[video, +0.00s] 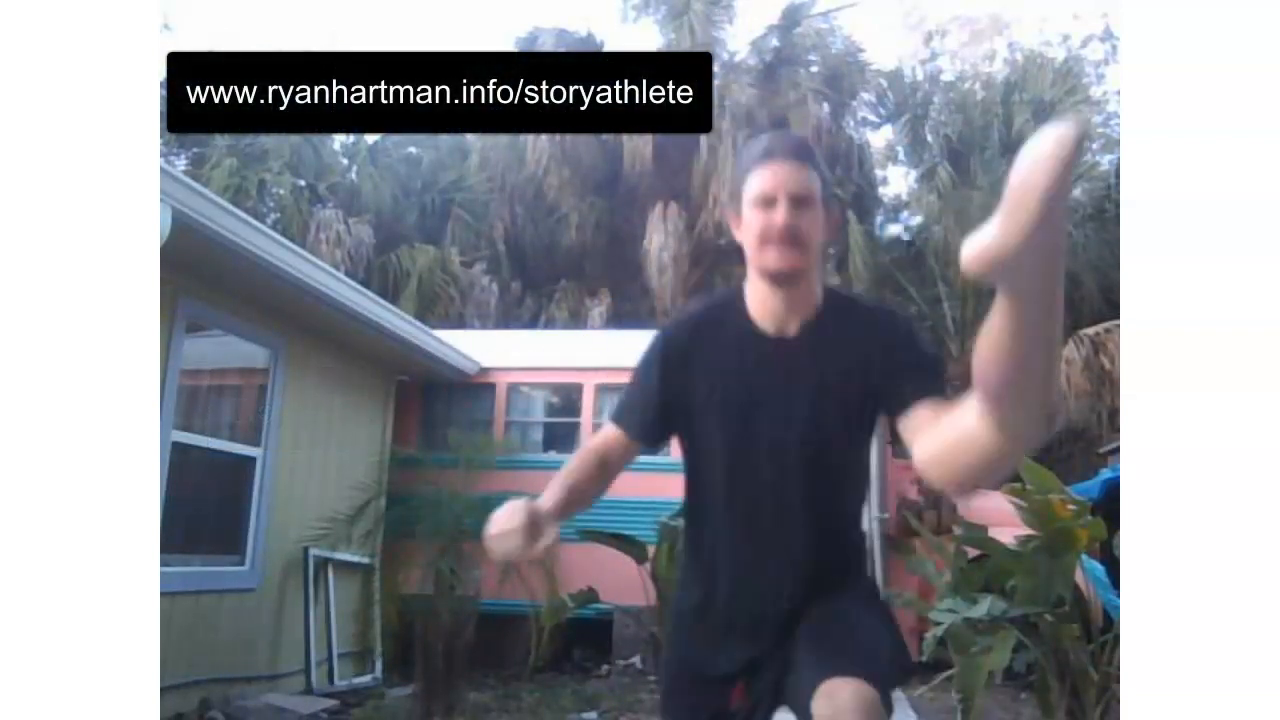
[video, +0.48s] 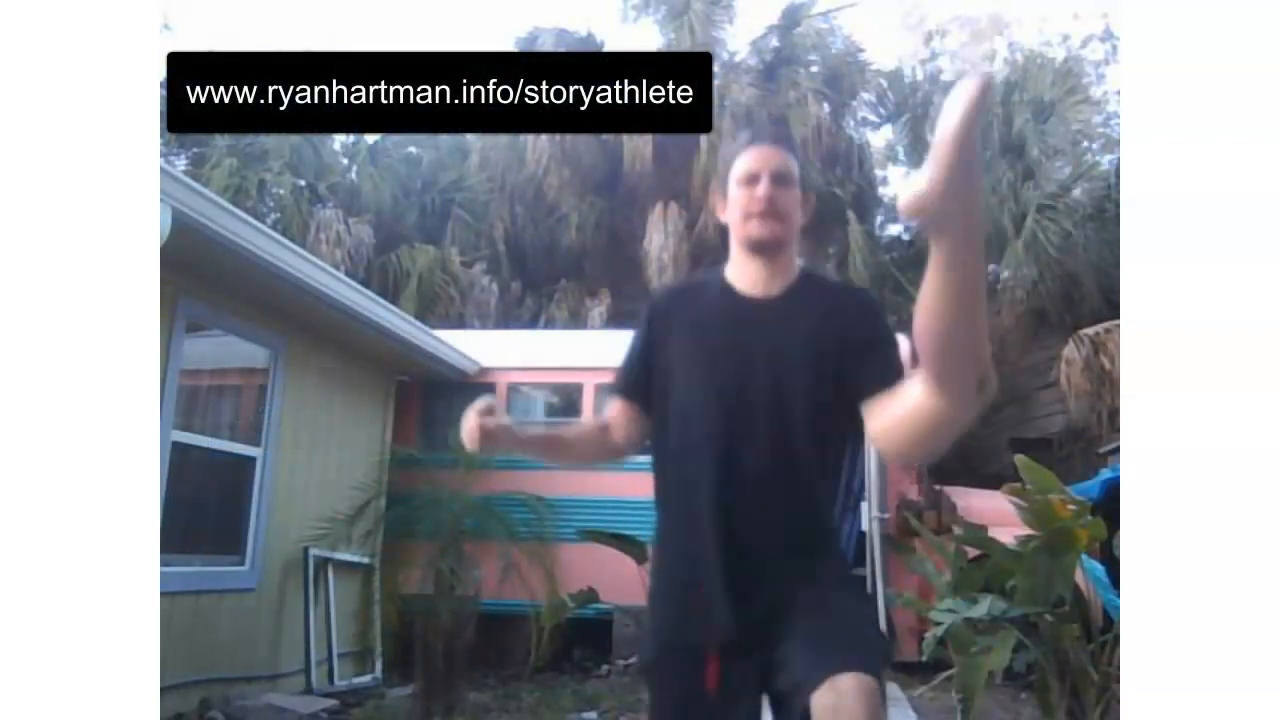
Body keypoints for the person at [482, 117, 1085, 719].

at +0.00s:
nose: (784, 220)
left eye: (802, 202)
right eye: (765, 203)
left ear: (829, 220)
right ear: (737, 223)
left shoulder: (877, 336)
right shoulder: (690, 340)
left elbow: (944, 459)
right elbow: (610, 447)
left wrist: (1002, 425)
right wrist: (548, 508)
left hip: (832, 600)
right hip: (715, 609)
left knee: (849, 703)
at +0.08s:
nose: (789, 104)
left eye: (807, 90)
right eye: (772, 89)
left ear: (832, 114)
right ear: (742, 115)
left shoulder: (872, 227)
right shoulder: (687, 230)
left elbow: (923, 363)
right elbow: (616, 344)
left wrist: (981, 334)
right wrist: (506, 381)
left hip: (825, 522)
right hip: (704, 526)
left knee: (842, 701)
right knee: (694, 714)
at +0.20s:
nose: (768, 138)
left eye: (787, 125)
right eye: (752, 124)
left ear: (814, 151)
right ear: (725, 148)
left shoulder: (854, 262)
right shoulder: (674, 261)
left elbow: (897, 386)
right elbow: (601, 370)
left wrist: (949, 365)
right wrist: (492, 392)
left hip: (817, 542)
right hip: (700, 544)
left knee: (837, 699)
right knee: (688, 711)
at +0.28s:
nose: (788, 267)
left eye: (808, 253)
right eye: (772, 250)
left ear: (837, 277)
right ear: (743, 270)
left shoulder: (868, 387)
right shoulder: (683, 374)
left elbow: (927, 526)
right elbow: (602, 486)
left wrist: (983, 500)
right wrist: (492, 523)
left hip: (817, 632)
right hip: (703, 638)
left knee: (856, 697)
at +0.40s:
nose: (777, 274)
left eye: (796, 260)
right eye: (759, 258)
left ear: (822, 283)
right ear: (729, 278)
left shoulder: (860, 389)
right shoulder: (676, 376)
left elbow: (926, 524)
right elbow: (593, 482)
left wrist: (981, 476)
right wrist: (486, 482)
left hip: (804, 631)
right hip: (692, 634)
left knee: (824, 698)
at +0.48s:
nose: (766, 195)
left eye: (782, 182)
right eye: (749, 181)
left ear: (805, 205)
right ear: (720, 204)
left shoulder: (848, 312)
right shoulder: (675, 311)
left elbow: (893, 436)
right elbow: (615, 432)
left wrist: (954, 389)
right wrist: (514, 437)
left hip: (810, 588)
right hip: (696, 589)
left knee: (851, 698)